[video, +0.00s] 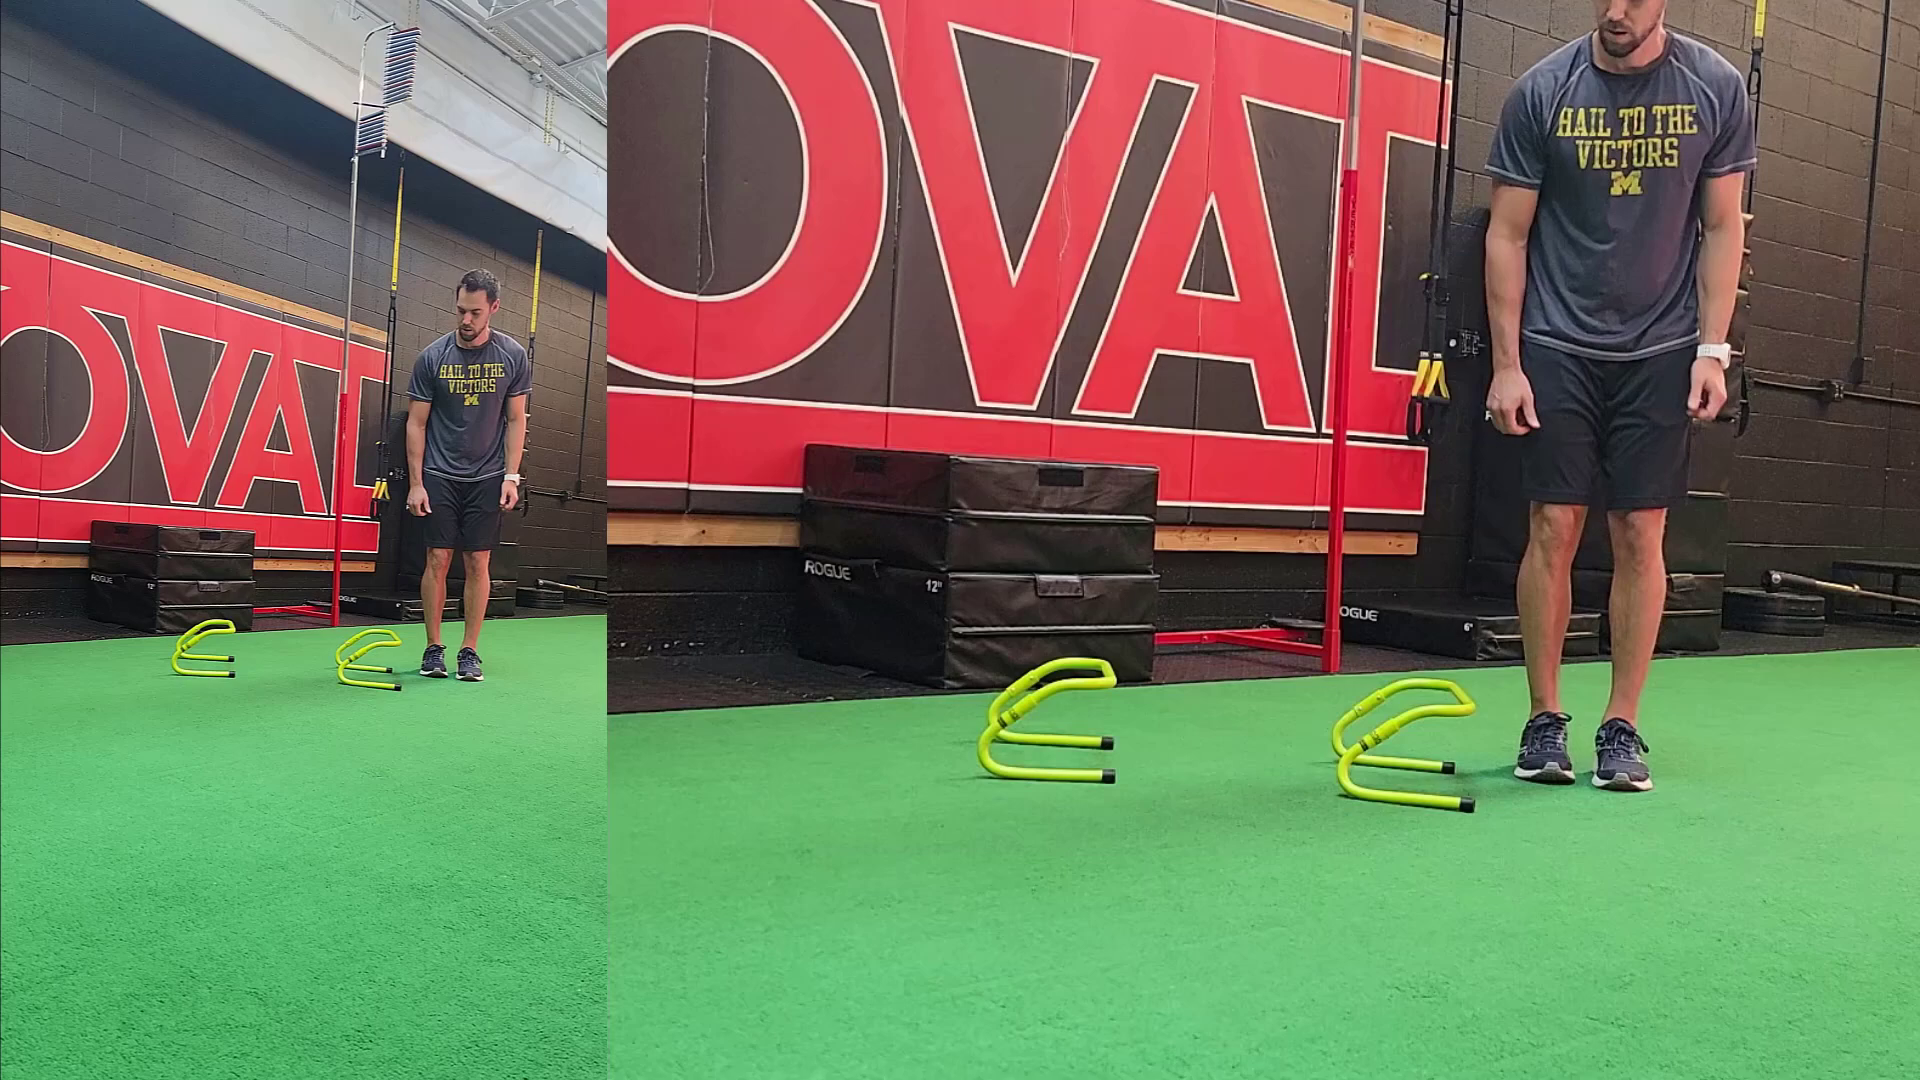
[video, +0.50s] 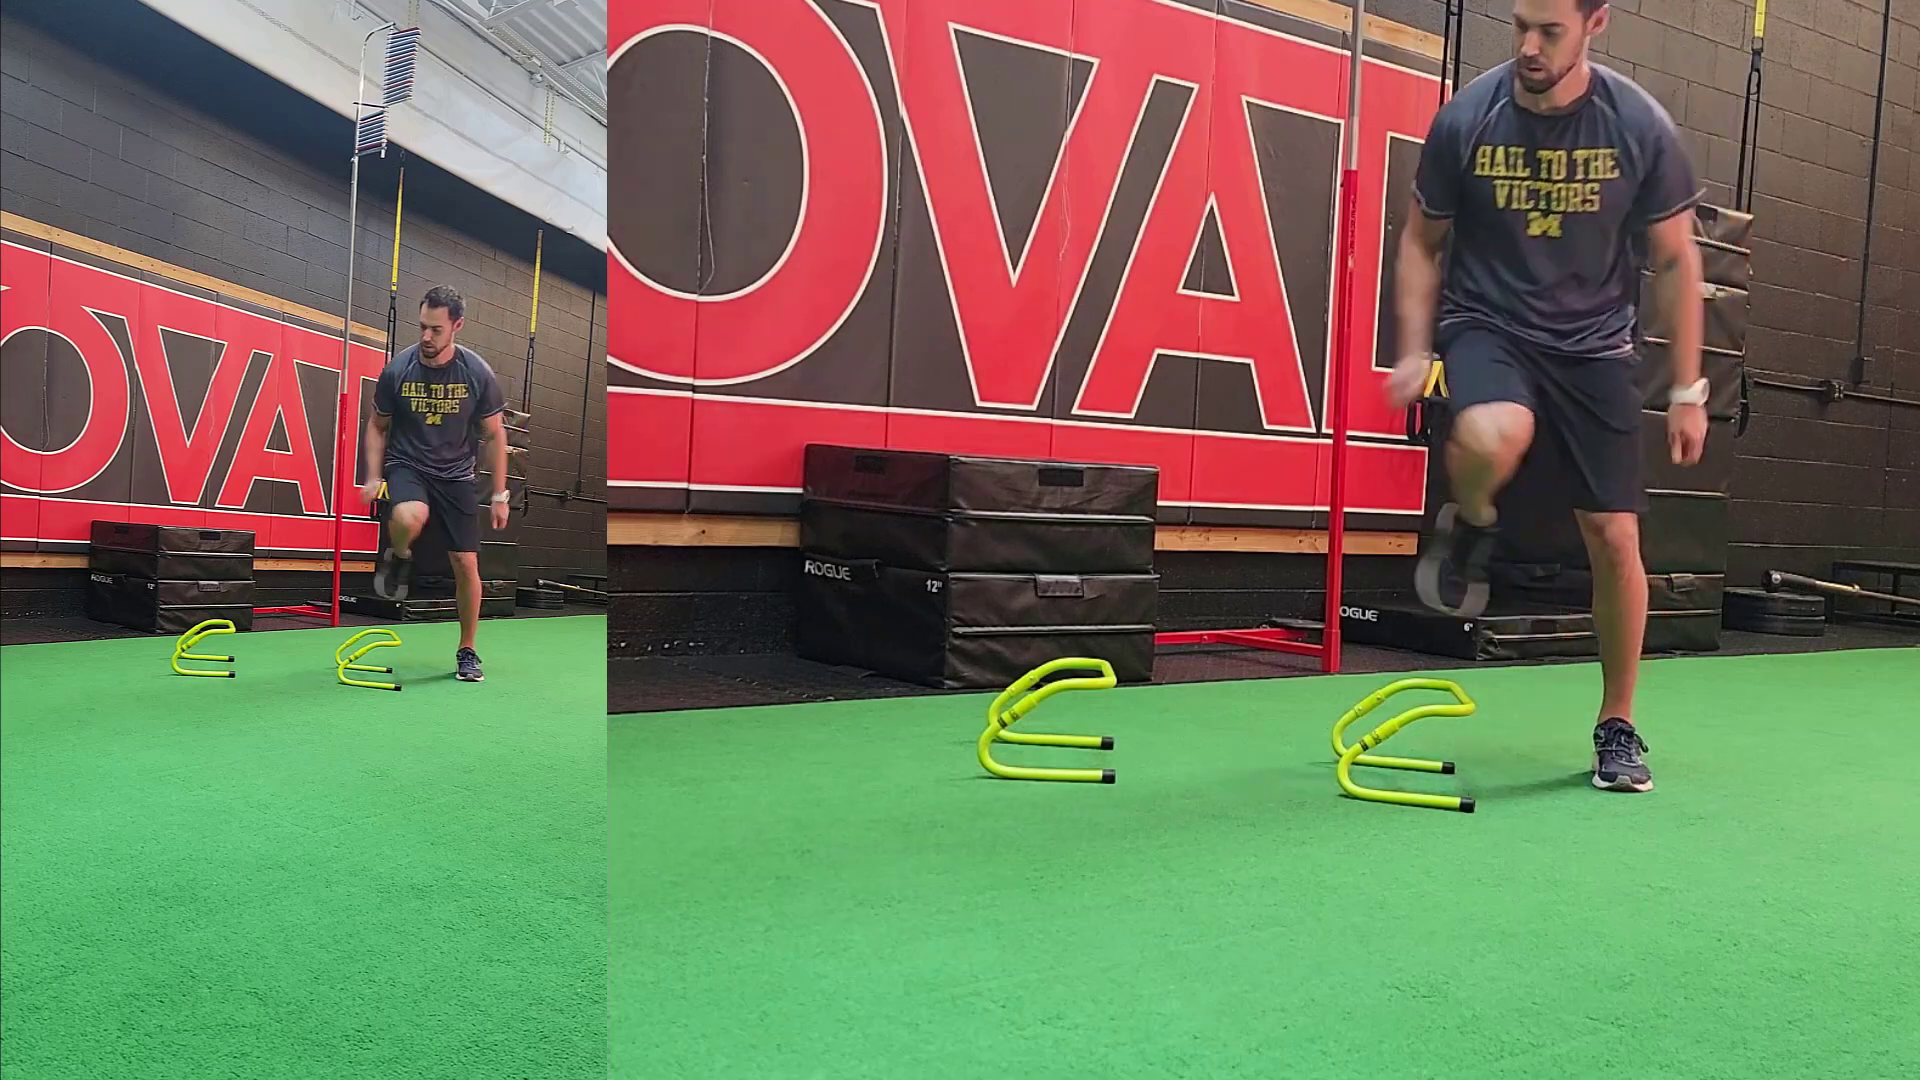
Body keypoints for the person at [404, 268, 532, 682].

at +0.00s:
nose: (466, 320)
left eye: (475, 312)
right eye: (461, 311)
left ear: (493, 308)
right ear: (455, 307)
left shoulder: (513, 357)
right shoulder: (432, 357)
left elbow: (517, 419)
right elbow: (416, 423)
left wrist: (511, 476)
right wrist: (415, 482)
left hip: (487, 477)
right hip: (439, 475)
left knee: (478, 561)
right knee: (438, 560)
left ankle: (470, 650)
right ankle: (433, 647)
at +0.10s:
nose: (461, 321)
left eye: (470, 313)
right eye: (457, 312)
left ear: (489, 309)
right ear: (450, 308)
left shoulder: (510, 356)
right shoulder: (429, 359)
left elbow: (520, 416)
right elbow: (411, 423)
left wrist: (515, 474)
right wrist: (419, 480)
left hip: (485, 477)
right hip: (437, 477)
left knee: (477, 562)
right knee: (438, 561)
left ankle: (469, 651)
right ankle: (433, 647)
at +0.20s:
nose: (456, 324)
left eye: (465, 316)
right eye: (452, 314)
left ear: (485, 312)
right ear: (446, 309)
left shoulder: (505, 356)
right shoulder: (425, 361)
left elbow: (527, 401)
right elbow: (402, 420)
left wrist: (518, 454)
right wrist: (429, 460)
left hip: (483, 475)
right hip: (437, 476)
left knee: (477, 561)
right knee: (442, 558)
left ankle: (469, 651)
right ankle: (434, 646)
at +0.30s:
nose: (450, 327)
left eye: (459, 319)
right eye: (446, 317)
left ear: (479, 315)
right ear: (440, 312)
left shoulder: (500, 356)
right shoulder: (419, 362)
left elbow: (528, 390)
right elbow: (394, 417)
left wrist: (518, 442)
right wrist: (427, 438)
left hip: (477, 474)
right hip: (428, 473)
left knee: (475, 560)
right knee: (442, 550)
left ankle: (469, 651)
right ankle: (434, 637)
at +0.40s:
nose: (439, 331)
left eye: (448, 323)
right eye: (435, 321)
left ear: (469, 320)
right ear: (430, 316)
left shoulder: (491, 363)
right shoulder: (409, 364)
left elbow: (518, 406)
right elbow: (387, 418)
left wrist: (513, 459)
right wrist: (411, 443)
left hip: (470, 473)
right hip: (422, 468)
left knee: (471, 560)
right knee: (432, 533)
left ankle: (468, 650)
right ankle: (430, 591)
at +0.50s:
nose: (427, 336)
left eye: (435, 328)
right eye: (422, 327)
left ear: (457, 326)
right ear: (417, 322)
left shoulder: (478, 374)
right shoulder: (397, 370)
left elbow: (494, 434)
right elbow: (377, 426)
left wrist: (500, 493)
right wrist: (372, 477)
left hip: (456, 474)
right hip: (406, 466)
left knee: (466, 564)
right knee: (408, 519)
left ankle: (468, 649)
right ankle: (398, 559)